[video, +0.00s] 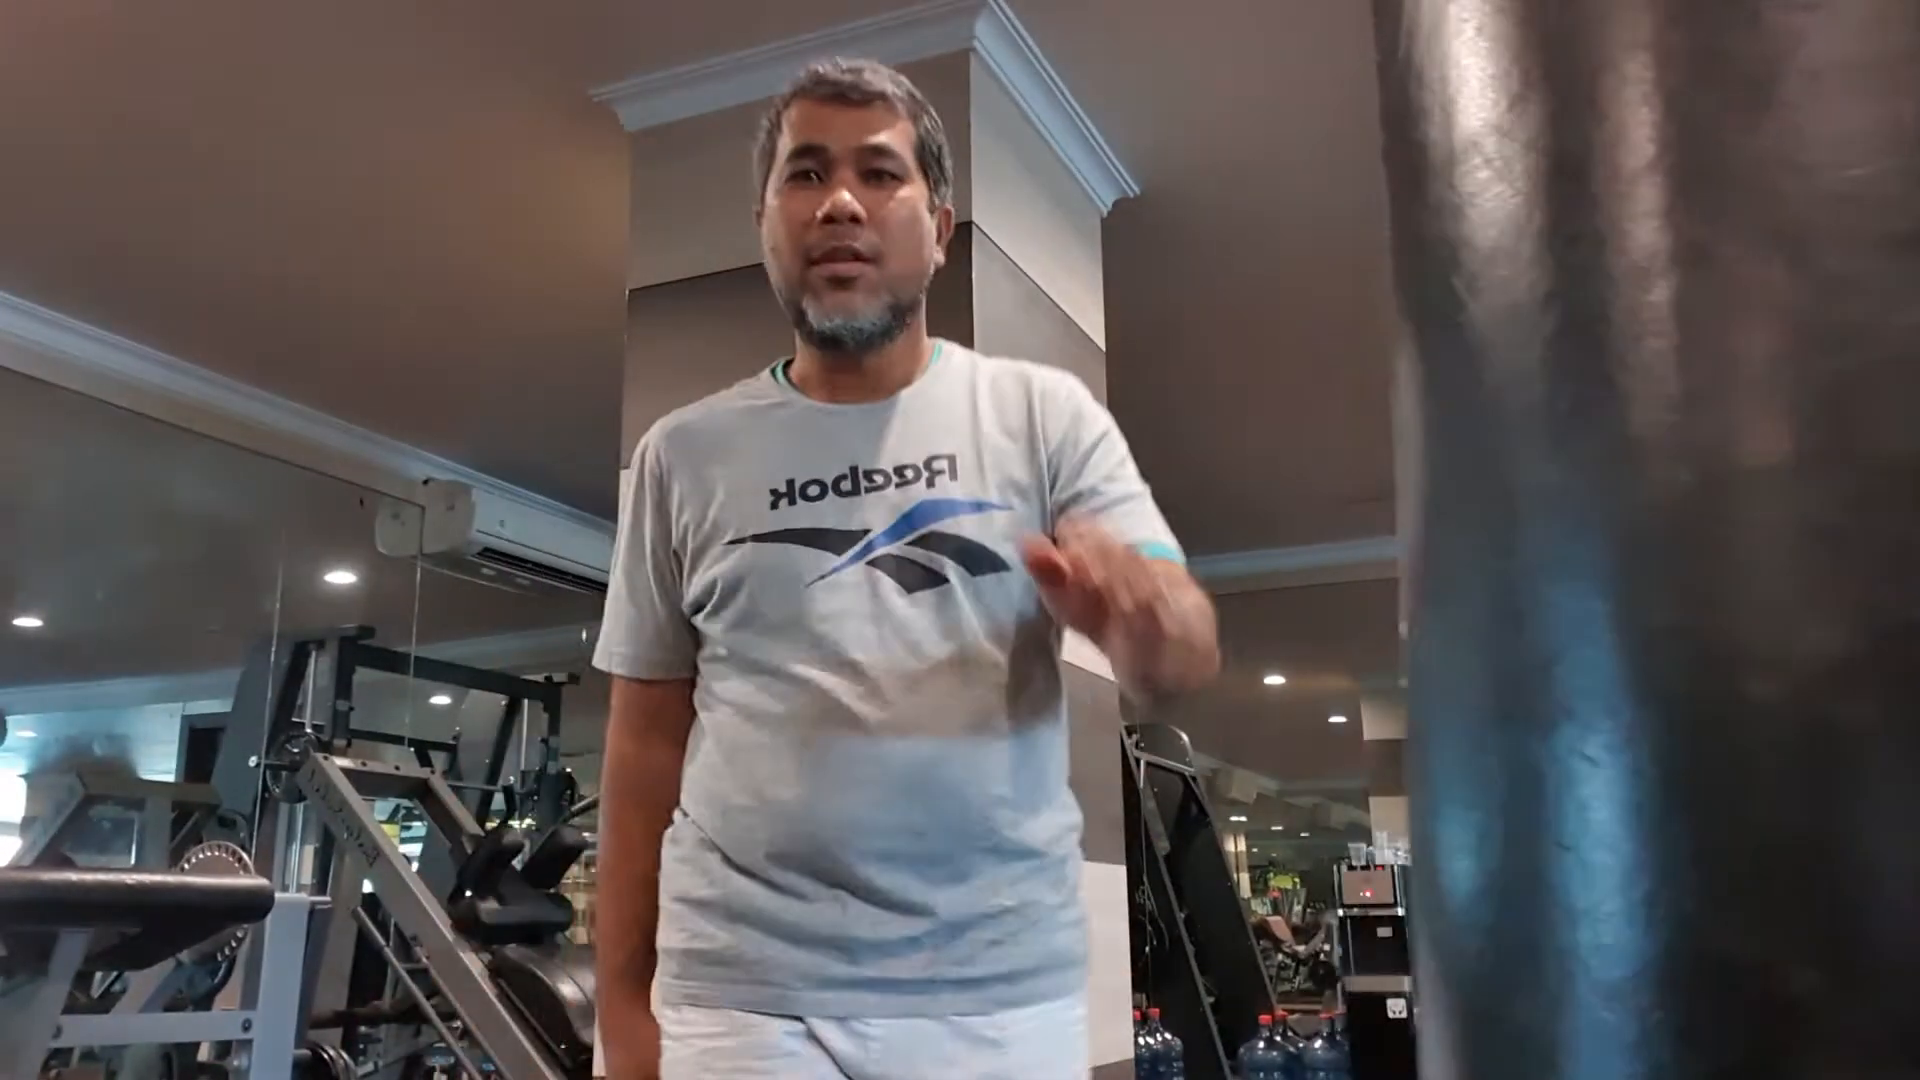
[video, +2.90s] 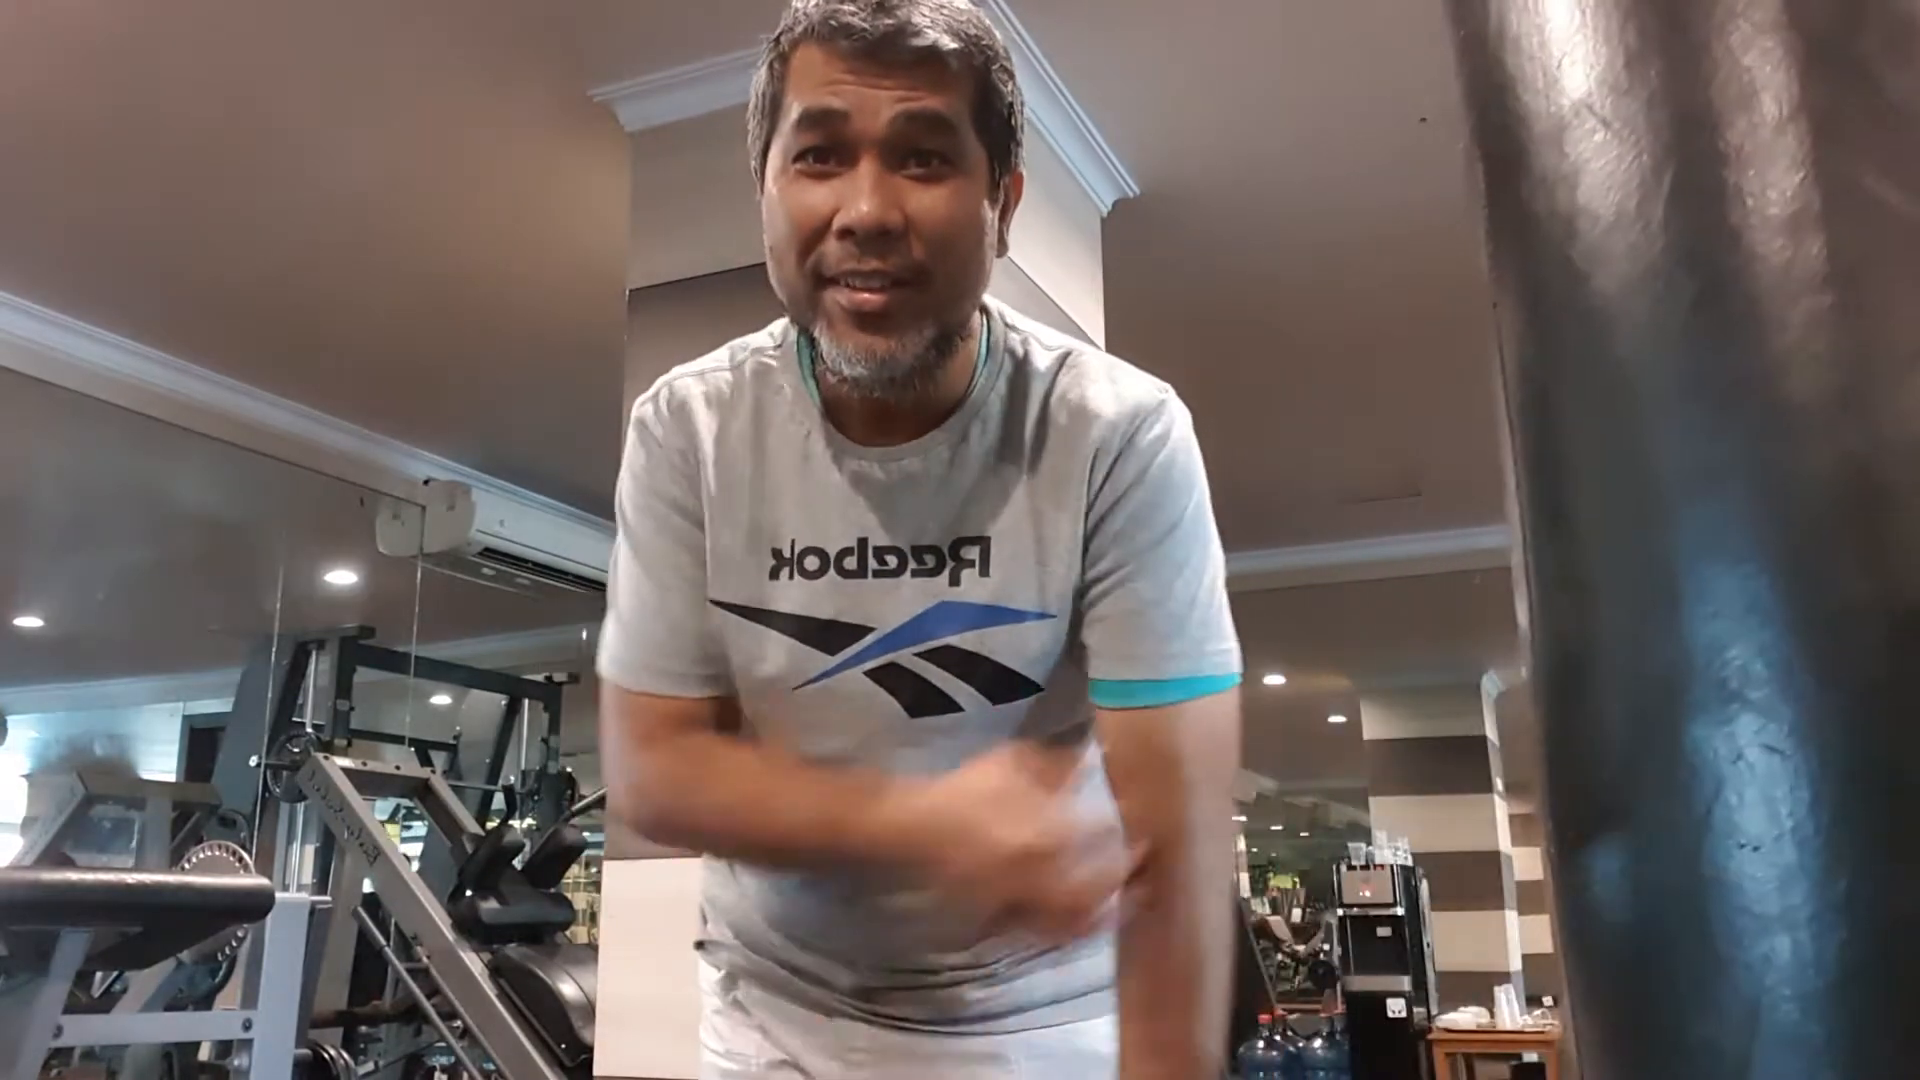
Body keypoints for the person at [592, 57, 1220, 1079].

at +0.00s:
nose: (839, 202)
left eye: (879, 174)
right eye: (805, 173)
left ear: (941, 228)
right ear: (764, 225)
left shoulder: (1046, 416)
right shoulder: (681, 458)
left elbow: (1189, 664)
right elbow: (646, 733)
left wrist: (1135, 612)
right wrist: (624, 1004)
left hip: (999, 1007)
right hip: (745, 1006)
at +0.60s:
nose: (869, 131)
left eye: (915, 91)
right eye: (831, 93)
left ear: (985, 140)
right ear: (786, 139)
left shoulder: (1107, 347)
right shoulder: (722, 412)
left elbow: (1264, 601)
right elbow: (683, 708)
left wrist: (1165, 643)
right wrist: (640, 986)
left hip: (1055, 992)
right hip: (770, 1000)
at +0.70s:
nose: (880, 119)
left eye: (928, 81)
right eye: (842, 81)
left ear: (999, 131)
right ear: (798, 129)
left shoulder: (1119, 345)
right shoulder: (728, 399)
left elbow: (1258, 606)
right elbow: (690, 693)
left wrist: (1194, 780)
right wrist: (645, 978)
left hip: (1058, 1001)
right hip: (775, 1006)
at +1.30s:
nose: (872, 179)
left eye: (925, 120)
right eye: (827, 122)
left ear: (1007, 138)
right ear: (774, 141)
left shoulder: (1153, 339)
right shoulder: (726, 382)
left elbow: (1312, 610)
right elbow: (689, 617)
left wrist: (1259, 908)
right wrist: (667, 837)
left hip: (1083, 1007)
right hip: (797, 1004)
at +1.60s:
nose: (862, 228)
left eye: (918, 165)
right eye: (815, 167)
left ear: (1001, 197)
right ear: (759, 194)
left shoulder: (1151, 416)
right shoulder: (703, 437)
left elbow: (1259, 743)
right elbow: (653, 672)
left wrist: (1178, 1053)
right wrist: (671, 929)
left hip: (1091, 1020)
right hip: (809, 1013)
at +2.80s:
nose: (869, 214)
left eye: (925, 162)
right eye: (821, 159)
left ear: (1005, 204)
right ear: (765, 197)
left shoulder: (1125, 439)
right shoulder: (686, 437)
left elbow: (1223, 815)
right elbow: (603, 733)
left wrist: (1204, 1067)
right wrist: (760, 936)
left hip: (1063, 1000)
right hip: (792, 991)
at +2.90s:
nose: (867, 211)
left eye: (923, 160)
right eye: (819, 157)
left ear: (1003, 203)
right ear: (763, 193)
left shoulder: (1121, 438)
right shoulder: (687, 433)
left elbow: (1178, 850)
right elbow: (652, 780)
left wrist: (1170, 1072)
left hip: (1050, 1026)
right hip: (777, 1015)